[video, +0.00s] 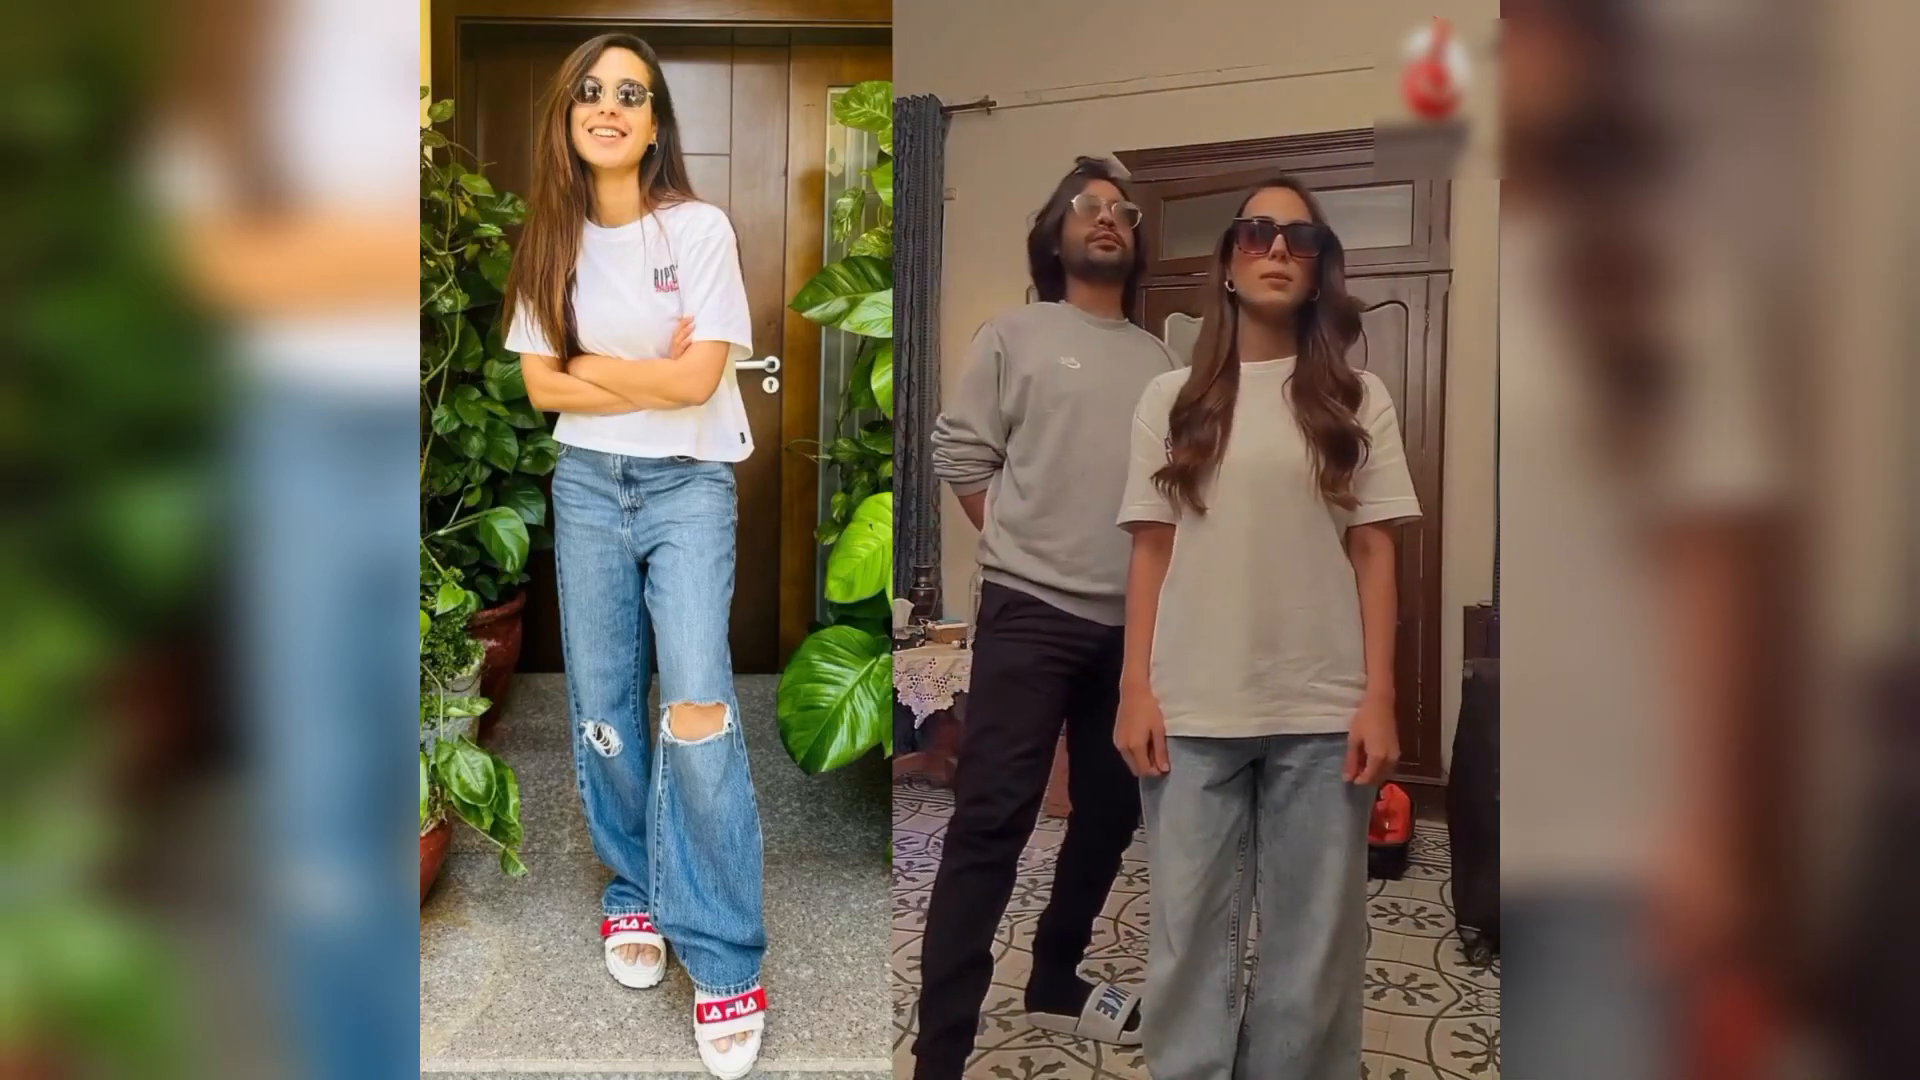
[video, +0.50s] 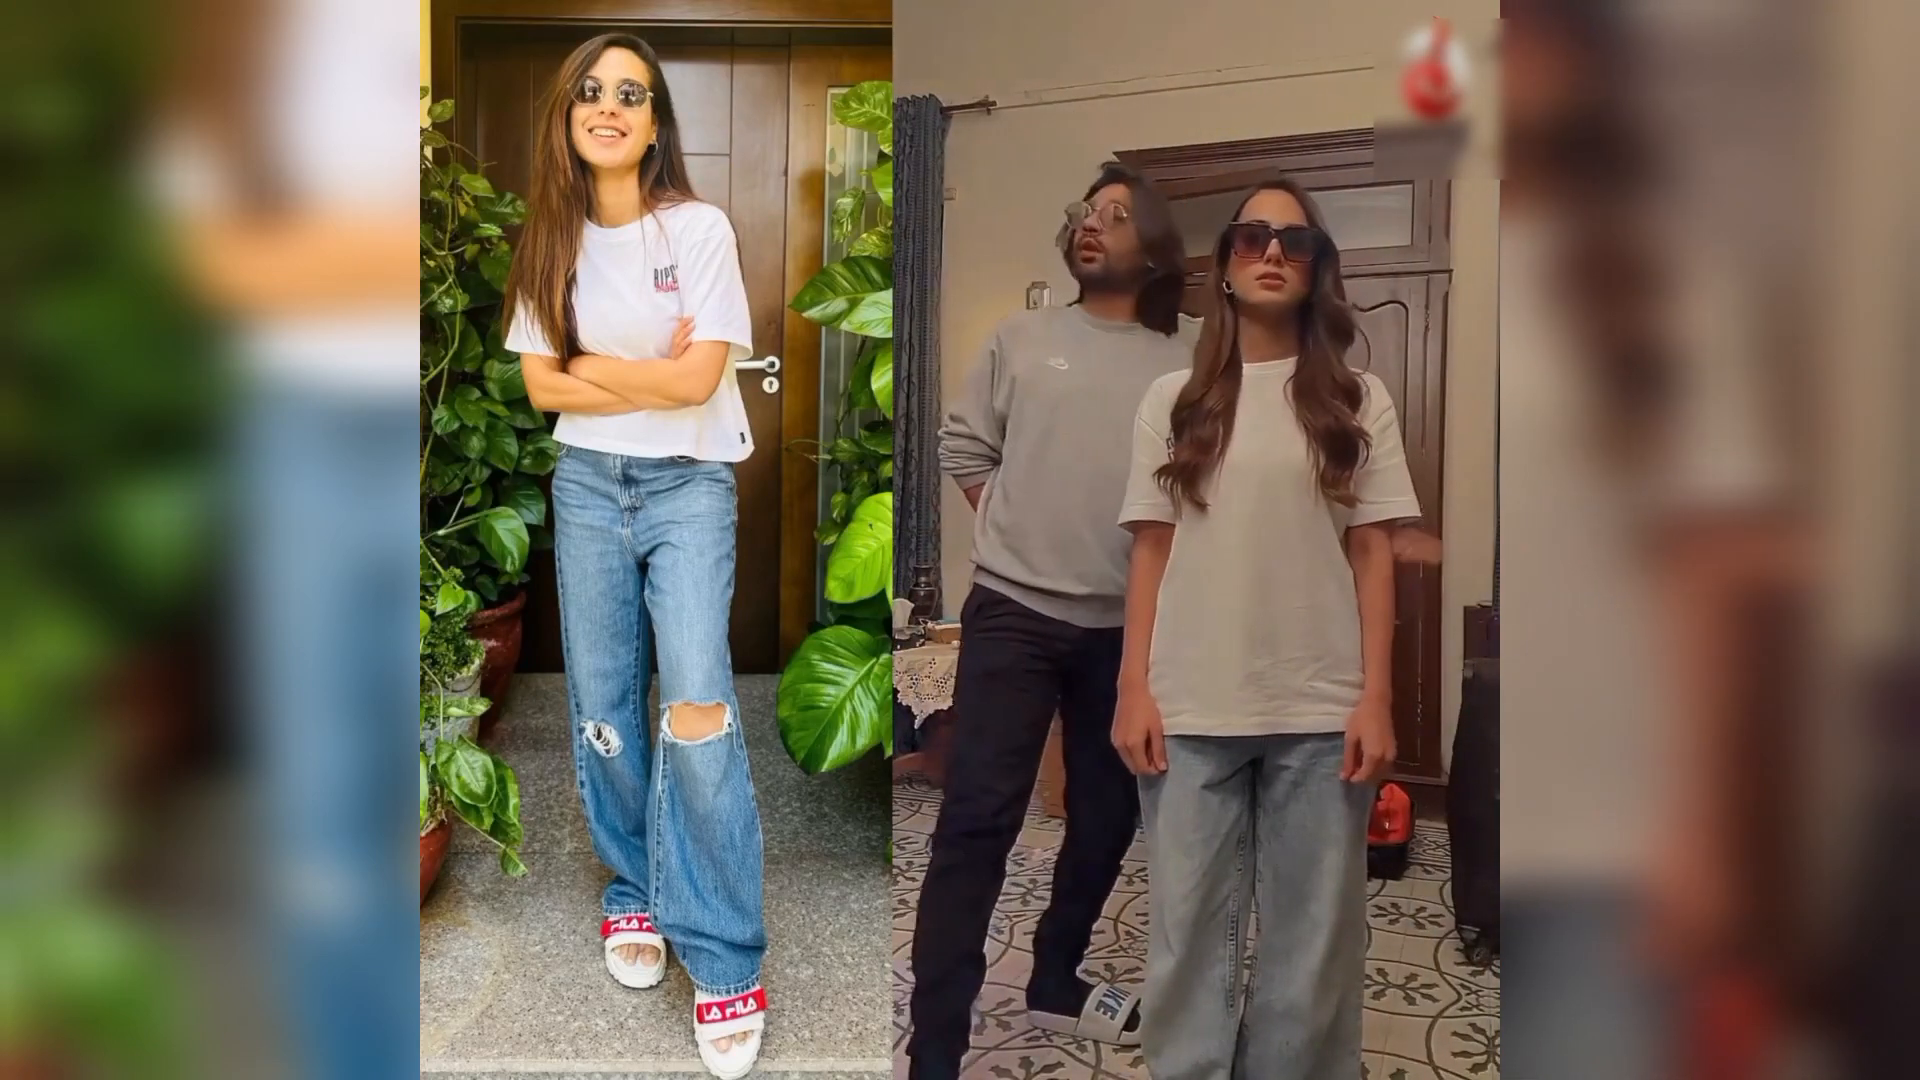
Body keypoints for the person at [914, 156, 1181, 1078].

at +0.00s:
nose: (1108, 221)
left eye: (1121, 213)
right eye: (1089, 210)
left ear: (1138, 242)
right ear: (1053, 237)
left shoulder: (1164, 356)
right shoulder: (1012, 336)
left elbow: (1180, 485)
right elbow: (961, 459)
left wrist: (1145, 567)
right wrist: (1020, 550)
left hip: (1132, 619)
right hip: (1027, 610)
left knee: (1107, 810)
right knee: (990, 821)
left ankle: (1056, 980)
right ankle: (940, 1054)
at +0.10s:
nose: (1116, 222)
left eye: (1128, 213)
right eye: (1095, 213)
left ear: (1145, 242)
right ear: (1060, 241)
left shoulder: (1171, 359)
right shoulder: (1015, 334)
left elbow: (1187, 489)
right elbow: (962, 456)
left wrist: (1148, 569)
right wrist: (1019, 549)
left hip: (1133, 620)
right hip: (1025, 610)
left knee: (1106, 811)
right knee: (988, 821)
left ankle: (1056, 981)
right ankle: (939, 1056)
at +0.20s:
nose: (1106, 224)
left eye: (1120, 214)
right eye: (1087, 215)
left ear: (1143, 240)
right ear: (1057, 242)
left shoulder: (1172, 358)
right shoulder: (1019, 338)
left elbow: (1190, 490)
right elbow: (962, 458)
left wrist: (1151, 570)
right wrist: (1018, 551)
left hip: (1132, 622)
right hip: (1024, 611)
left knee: (1110, 812)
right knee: (987, 820)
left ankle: (1056, 981)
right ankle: (940, 1054)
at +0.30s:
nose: (1089, 223)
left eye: (1109, 213)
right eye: (1074, 212)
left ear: (1140, 243)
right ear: (1050, 244)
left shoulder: (1172, 363)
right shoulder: (1017, 347)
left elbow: (1193, 495)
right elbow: (958, 464)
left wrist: (1155, 581)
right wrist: (1012, 560)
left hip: (1132, 626)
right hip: (1021, 615)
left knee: (1115, 821)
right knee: (985, 825)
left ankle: (1056, 982)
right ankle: (941, 1055)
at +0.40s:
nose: (1082, 224)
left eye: (1104, 214)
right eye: (1075, 213)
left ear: (1143, 240)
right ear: (1059, 238)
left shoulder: (1180, 356)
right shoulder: (1016, 341)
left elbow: (1200, 489)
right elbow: (961, 459)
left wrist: (1156, 569)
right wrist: (1018, 545)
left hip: (1131, 625)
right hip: (1017, 614)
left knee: (1109, 818)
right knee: (981, 821)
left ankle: (1057, 980)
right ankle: (937, 1055)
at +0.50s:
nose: (1090, 224)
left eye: (1115, 214)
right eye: (1086, 212)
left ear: (1157, 245)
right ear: (1075, 238)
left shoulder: (1189, 354)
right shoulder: (1022, 336)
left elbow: (1207, 486)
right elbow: (964, 447)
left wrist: (1160, 564)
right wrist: (1016, 530)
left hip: (1127, 623)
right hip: (1012, 612)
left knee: (1105, 817)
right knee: (975, 821)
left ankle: (1057, 979)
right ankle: (934, 1055)